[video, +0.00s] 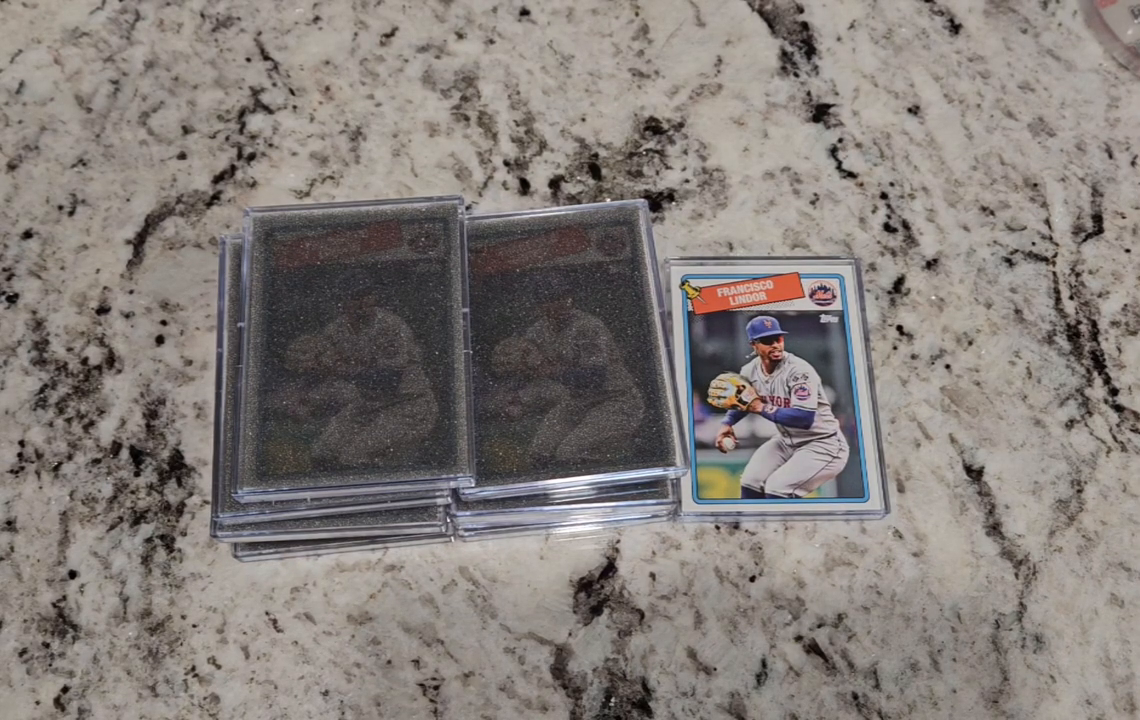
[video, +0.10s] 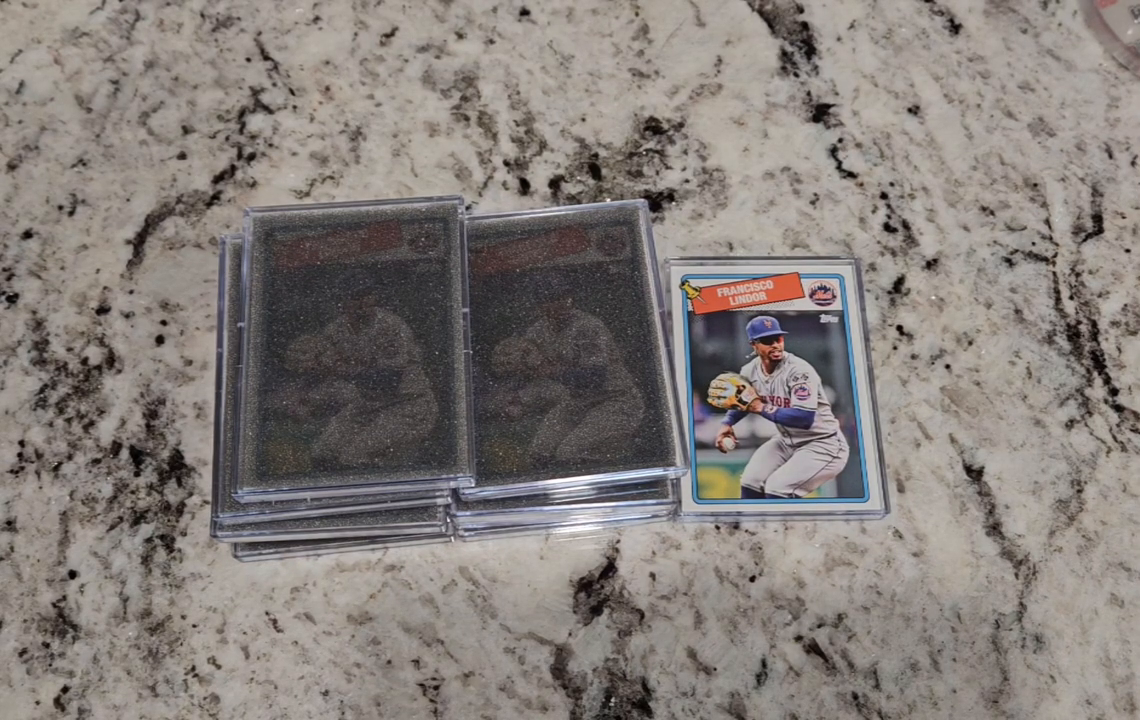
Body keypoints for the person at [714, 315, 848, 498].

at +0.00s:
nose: (775, 346)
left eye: (778, 339)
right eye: (767, 342)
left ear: (783, 339)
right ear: (754, 346)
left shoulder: (800, 371)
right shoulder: (749, 372)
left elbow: (804, 419)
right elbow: (743, 402)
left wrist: (760, 407)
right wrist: (726, 424)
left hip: (824, 445)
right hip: (786, 442)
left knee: (777, 487)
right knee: (751, 482)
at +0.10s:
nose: (775, 346)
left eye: (778, 339)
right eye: (767, 342)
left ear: (783, 339)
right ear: (754, 346)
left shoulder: (800, 371)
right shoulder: (749, 372)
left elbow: (804, 419)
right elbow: (743, 402)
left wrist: (760, 407)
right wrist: (726, 424)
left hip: (824, 445)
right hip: (786, 442)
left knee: (777, 487)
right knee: (751, 482)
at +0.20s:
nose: (775, 345)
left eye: (778, 339)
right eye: (767, 342)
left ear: (783, 339)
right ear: (754, 346)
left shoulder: (800, 371)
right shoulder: (749, 372)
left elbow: (804, 418)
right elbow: (743, 402)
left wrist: (760, 407)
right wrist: (726, 424)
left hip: (824, 445)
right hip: (786, 442)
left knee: (777, 487)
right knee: (751, 482)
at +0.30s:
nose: (775, 345)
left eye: (778, 339)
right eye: (767, 341)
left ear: (783, 339)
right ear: (754, 346)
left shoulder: (800, 370)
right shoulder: (749, 372)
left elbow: (804, 418)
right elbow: (742, 402)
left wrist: (760, 407)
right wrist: (726, 424)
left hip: (824, 445)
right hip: (786, 442)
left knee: (777, 487)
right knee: (751, 482)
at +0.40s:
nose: (775, 345)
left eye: (778, 339)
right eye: (767, 341)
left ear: (783, 339)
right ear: (754, 346)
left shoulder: (800, 371)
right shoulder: (749, 372)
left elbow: (804, 418)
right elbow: (742, 402)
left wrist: (760, 407)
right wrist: (726, 424)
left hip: (824, 445)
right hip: (786, 442)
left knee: (777, 487)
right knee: (751, 482)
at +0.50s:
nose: (776, 345)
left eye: (778, 339)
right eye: (767, 341)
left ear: (783, 339)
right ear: (754, 346)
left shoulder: (800, 371)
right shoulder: (749, 372)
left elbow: (804, 419)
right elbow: (742, 403)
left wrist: (761, 407)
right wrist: (726, 425)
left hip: (824, 445)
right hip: (786, 443)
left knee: (777, 488)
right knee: (751, 482)